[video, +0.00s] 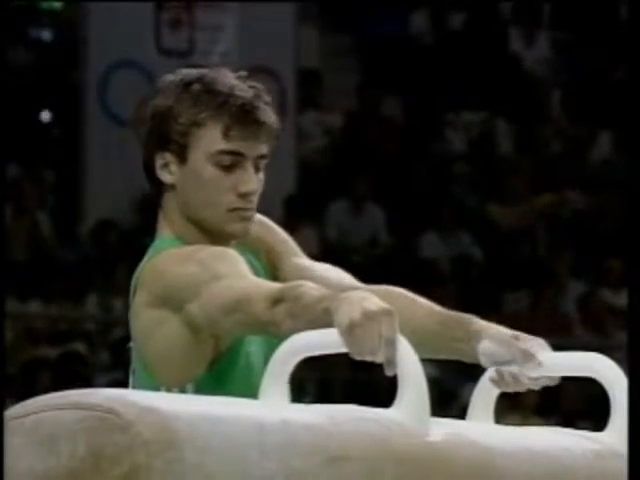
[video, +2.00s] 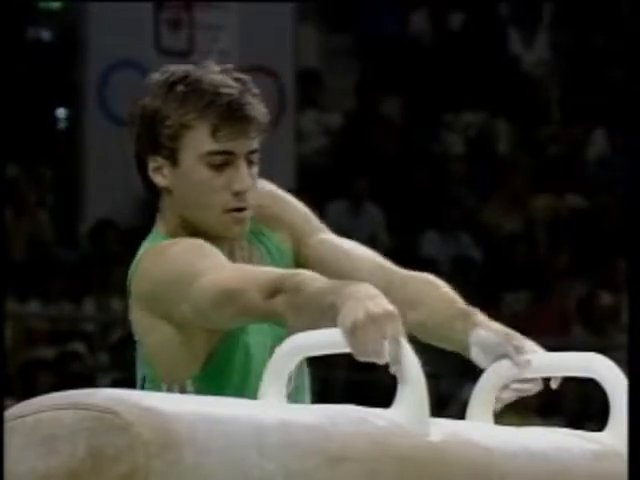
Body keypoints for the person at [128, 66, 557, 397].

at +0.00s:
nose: (251, 185)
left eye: (259, 165)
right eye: (228, 164)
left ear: (267, 164)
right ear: (168, 167)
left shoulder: (255, 237)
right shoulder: (182, 269)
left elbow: (356, 293)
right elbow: (270, 306)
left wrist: (480, 338)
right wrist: (342, 303)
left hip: (247, 465)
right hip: (186, 469)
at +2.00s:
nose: (243, 183)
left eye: (250, 161)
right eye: (219, 164)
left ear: (258, 157)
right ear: (161, 172)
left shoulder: (268, 210)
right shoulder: (169, 266)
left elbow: (381, 279)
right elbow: (268, 294)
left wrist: (476, 333)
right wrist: (342, 297)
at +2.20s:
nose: (228, 220)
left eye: (232, 195)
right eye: (201, 203)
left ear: (240, 186)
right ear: (141, 214)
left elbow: (387, 273)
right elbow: (258, 319)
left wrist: (471, 341)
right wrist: (352, 302)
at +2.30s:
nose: (217, 283)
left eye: (217, 262)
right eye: (189, 270)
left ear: (225, 255)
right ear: (130, 290)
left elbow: (344, 314)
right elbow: (263, 358)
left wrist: (462, 352)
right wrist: (350, 312)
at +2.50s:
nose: (285, 225)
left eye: (293, 211)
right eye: (274, 208)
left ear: (298, 208)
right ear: (226, 195)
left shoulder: (287, 251)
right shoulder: (189, 237)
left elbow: (346, 343)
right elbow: (235, 293)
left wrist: (411, 349)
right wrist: (323, 305)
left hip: (256, 430)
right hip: (181, 429)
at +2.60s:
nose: (363, 183)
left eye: (371, 171)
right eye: (360, 163)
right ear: (323, 137)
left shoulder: (332, 207)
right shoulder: (270, 155)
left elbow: (333, 298)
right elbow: (248, 242)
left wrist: (390, 337)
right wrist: (318, 305)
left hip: (251, 371)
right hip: (192, 363)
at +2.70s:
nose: (396, 176)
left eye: (404, 168)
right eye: (398, 161)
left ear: (377, 140)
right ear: (374, 133)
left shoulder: (349, 189)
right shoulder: (324, 139)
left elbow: (329, 277)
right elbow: (283, 218)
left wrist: (379, 335)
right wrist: (315, 305)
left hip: (253, 320)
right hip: (218, 306)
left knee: (218, 440)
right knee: (163, 424)